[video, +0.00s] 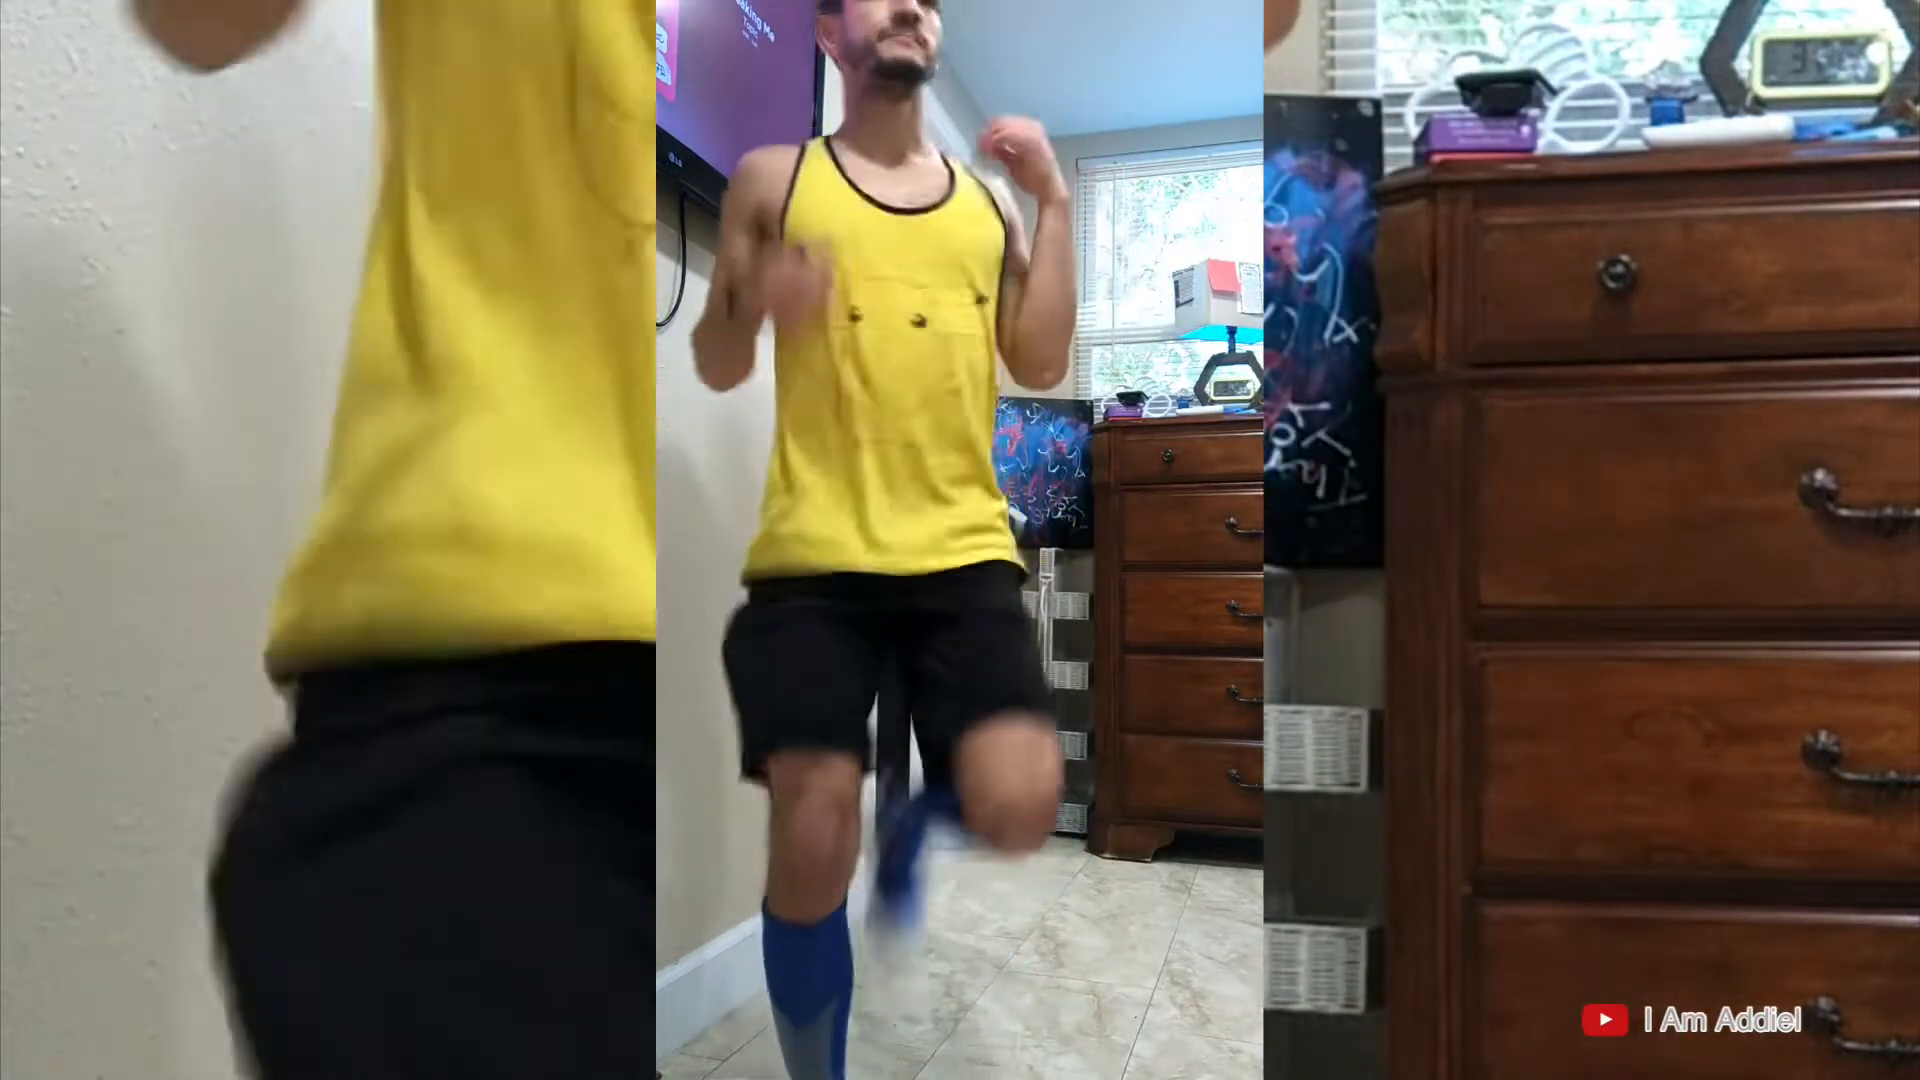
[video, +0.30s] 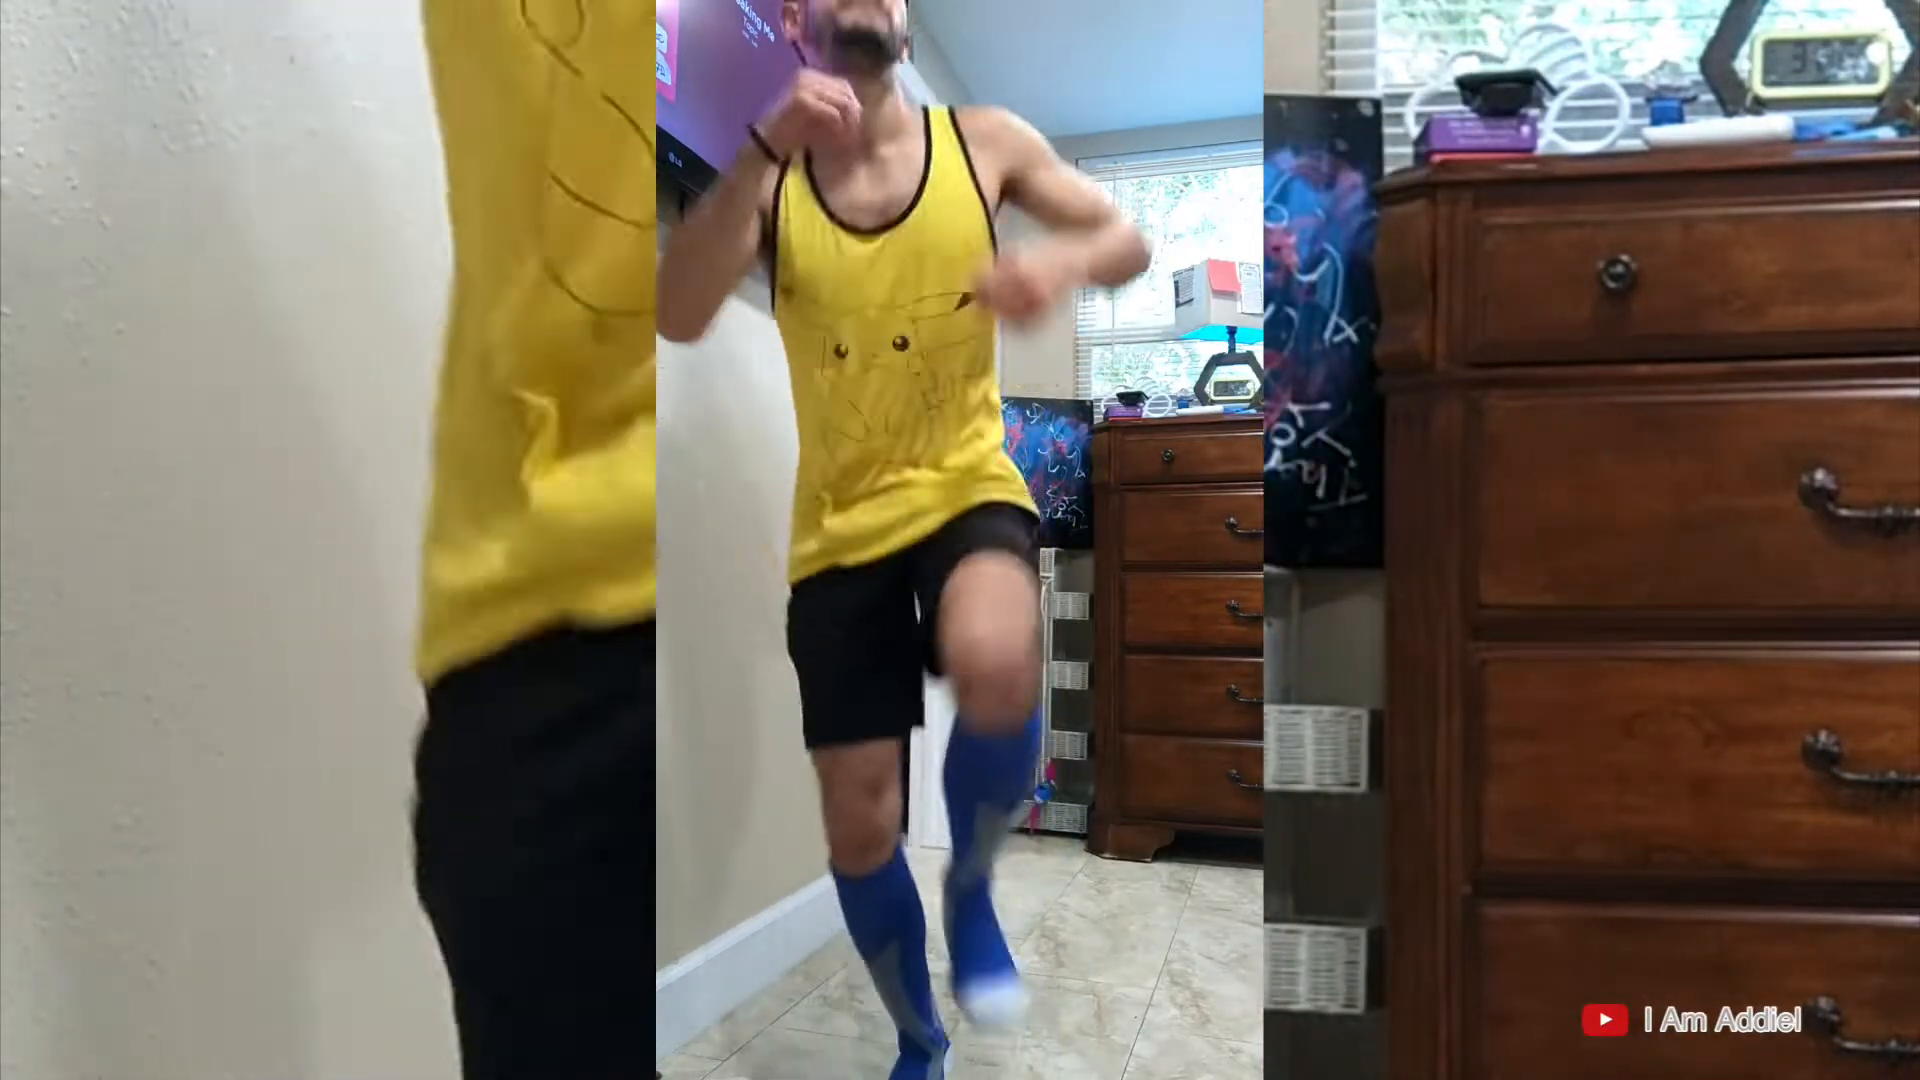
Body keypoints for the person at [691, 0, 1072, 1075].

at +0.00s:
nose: (906, 12)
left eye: (921, 5)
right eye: (879, 2)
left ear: (939, 41)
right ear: (831, 33)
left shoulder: (980, 200)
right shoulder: (774, 177)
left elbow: (1039, 363)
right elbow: (718, 368)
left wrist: (1052, 204)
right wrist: (750, 282)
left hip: (964, 548)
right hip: (814, 551)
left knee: (1022, 809)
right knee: (816, 826)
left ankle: (910, 818)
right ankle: (817, 1074)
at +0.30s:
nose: (874, 6)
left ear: (907, 20)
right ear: (795, 18)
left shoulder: (985, 138)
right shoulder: (771, 167)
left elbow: (1126, 239)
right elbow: (679, 312)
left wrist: (1049, 264)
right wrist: (763, 146)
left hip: (970, 482)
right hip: (842, 516)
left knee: (998, 659)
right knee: (861, 824)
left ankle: (972, 893)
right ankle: (919, 1042)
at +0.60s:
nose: (884, 16)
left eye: (907, 1)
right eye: (864, 3)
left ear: (944, 27)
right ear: (838, 31)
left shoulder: (1012, 181)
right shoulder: (793, 176)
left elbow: (1038, 342)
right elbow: (760, 281)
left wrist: (1032, 487)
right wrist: (870, 151)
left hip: (966, 533)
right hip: (825, 549)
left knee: (941, 814)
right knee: (854, 862)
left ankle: (978, 1064)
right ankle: (933, 1048)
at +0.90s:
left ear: (1009, 20)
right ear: (894, 16)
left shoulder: (1040, 177)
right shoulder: (849, 100)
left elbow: (1054, 340)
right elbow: (845, 235)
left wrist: (1048, 375)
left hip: (995, 565)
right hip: (844, 563)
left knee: (990, 853)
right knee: (841, 905)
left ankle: (973, 1063)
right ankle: (899, 1009)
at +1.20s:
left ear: (1074, 12)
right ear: (967, 2)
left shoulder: (1092, 179)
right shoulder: (874, 68)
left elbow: (1095, 381)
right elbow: (725, 209)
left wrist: (1151, 225)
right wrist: (707, 389)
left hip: (987, 494)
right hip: (850, 444)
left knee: (972, 831)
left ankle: (959, 1064)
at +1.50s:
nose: (1016, 33)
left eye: (1043, 12)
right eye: (990, 9)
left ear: (1072, 37)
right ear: (952, 29)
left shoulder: (1100, 213)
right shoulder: (870, 152)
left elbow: (1078, 331)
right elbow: (767, 304)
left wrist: (993, 167)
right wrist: (745, 393)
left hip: (1015, 570)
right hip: (848, 560)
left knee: (1014, 894)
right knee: (811, 926)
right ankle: (891, 892)